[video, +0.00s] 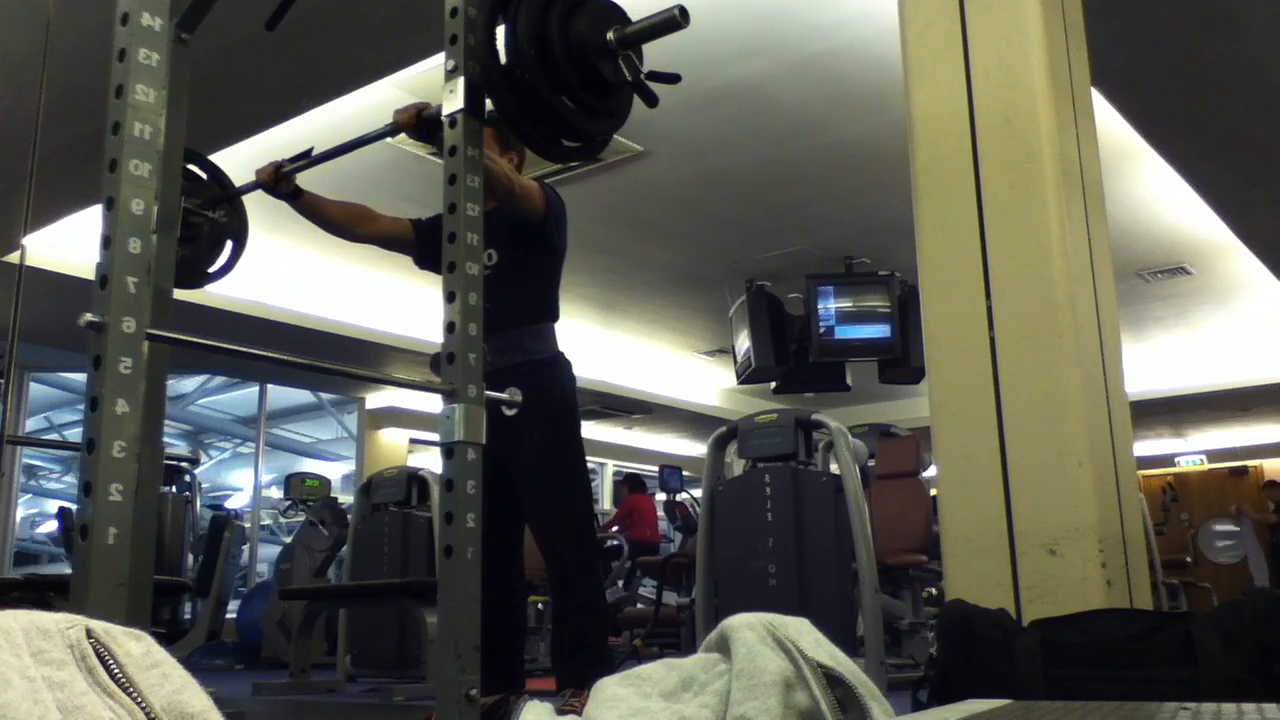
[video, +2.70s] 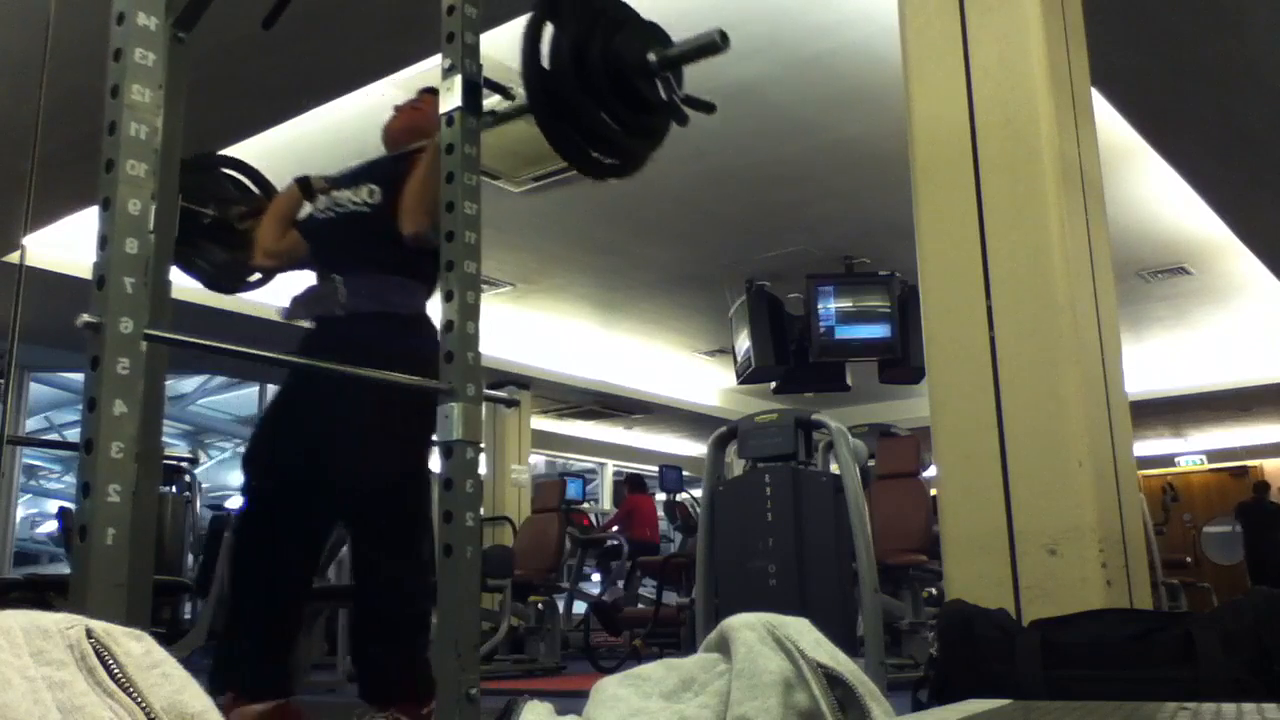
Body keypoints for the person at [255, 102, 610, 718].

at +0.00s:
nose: (468, 166)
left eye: (478, 154)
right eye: (462, 158)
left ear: (510, 155)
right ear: (458, 165)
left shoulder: (542, 209)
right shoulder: (456, 227)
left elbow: (505, 181)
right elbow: (368, 224)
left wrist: (441, 133)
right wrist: (294, 192)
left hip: (537, 383)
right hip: (475, 391)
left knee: (563, 537)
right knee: (487, 546)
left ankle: (580, 684)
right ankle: (497, 687)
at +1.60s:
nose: (468, 157)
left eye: (479, 145)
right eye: (460, 146)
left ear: (504, 152)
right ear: (447, 154)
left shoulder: (526, 200)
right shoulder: (431, 217)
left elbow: (517, 207)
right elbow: (350, 252)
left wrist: (445, 142)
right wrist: (297, 198)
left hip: (512, 389)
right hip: (449, 392)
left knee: (503, 537)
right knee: (435, 536)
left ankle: (500, 683)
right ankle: (461, 679)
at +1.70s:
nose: (428, 155)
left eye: (444, 146)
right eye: (427, 147)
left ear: (476, 156)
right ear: (427, 159)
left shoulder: (502, 208)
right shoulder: (407, 226)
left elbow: (499, 226)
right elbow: (331, 273)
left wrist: (436, 144)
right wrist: (291, 203)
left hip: (490, 397)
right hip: (421, 399)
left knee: (469, 544)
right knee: (370, 533)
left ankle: (475, 685)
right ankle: (437, 677)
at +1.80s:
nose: (403, 150)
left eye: (418, 140)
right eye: (399, 142)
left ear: (446, 153)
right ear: (393, 158)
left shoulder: (470, 206)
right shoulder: (382, 226)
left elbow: (469, 241)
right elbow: (304, 284)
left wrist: (434, 160)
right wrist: (281, 206)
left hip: (447, 404)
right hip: (386, 402)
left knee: (426, 553)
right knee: (298, 524)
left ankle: (445, 690)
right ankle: (343, 675)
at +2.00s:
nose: (373, 118)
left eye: (389, 114)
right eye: (370, 112)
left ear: (409, 140)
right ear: (354, 135)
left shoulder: (412, 195)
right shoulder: (315, 210)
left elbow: (399, 231)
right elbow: (240, 271)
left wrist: (412, 147)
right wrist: (258, 194)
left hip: (351, 379)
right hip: (287, 380)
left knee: (351, 546)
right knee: (220, 517)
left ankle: (432, 681)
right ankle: (250, 694)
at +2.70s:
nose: (404, 106)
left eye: (421, 103)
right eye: (404, 101)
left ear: (442, 130)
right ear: (390, 124)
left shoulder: (442, 178)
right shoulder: (354, 192)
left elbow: (414, 226)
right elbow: (267, 249)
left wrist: (440, 141)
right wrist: (300, 188)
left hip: (394, 352)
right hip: (325, 352)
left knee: (386, 516)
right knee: (275, 502)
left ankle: (399, 693)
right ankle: (258, 685)